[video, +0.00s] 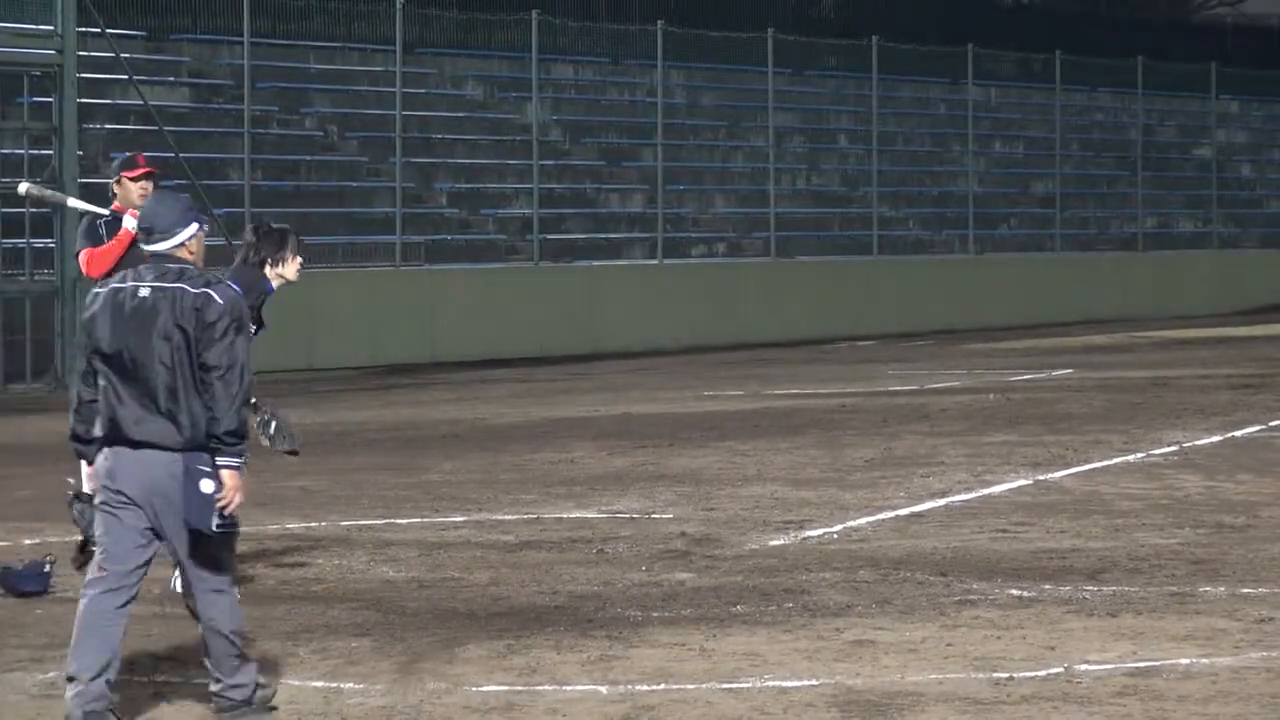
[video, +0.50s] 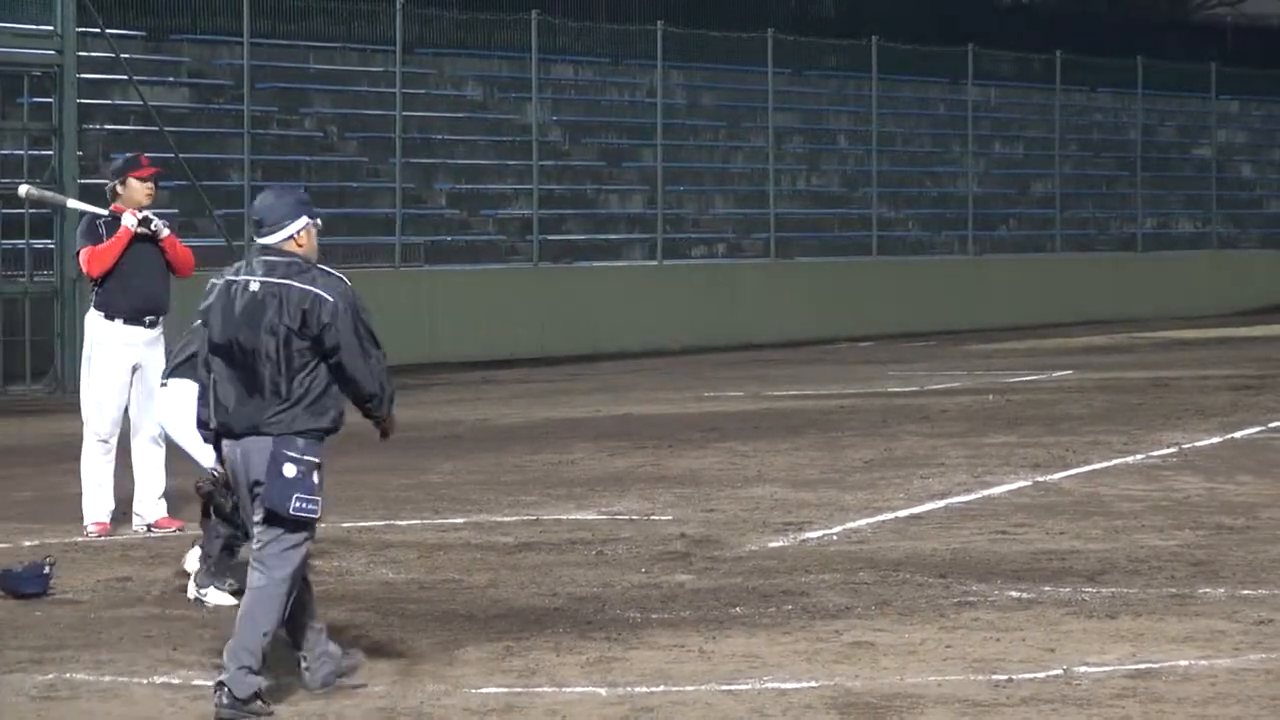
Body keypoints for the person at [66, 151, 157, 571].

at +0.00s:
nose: (147, 187)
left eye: (150, 180)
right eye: (137, 180)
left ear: (152, 185)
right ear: (115, 185)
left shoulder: (156, 228)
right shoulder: (97, 227)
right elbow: (92, 268)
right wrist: (129, 230)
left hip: (155, 353)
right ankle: (97, 534)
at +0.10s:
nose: (143, 186)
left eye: (147, 180)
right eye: (135, 180)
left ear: (153, 186)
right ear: (117, 186)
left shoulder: (158, 225)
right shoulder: (97, 224)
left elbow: (179, 272)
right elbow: (95, 268)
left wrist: (162, 239)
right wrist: (127, 233)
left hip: (152, 324)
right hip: (108, 325)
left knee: (148, 412)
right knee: (99, 414)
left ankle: (147, 506)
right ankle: (97, 512)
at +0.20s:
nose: (141, 187)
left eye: (146, 181)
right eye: (132, 181)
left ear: (153, 187)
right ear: (116, 186)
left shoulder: (161, 226)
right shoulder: (99, 223)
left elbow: (191, 265)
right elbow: (96, 267)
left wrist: (163, 237)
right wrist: (130, 229)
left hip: (156, 332)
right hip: (110, 333)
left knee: (153, 424)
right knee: (105, 427)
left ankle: (153, 513)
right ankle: (99, 516)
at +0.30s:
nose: (140, 188)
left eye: (146, 182)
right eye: (132, 182)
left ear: (152, 188)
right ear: (116, 187)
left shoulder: (160, 227)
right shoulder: (98, 225)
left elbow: (191, 268)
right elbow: (95, 269)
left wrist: (164, 238)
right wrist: (129, 231)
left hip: (155, 335)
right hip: (110, 334)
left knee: (153, 428)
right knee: (103, 429)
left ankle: (153, 514)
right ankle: (99, 518)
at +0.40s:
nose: (149, 186)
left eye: (152, 180)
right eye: (140, 180)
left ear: (155, 186)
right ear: (119, 185)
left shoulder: (158, 227)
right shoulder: (99, 223)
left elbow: (188, 266)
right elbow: (95, 267)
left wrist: (164, 235)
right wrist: (130, 230)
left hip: (154, 335)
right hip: (111, 333)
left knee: (153, 427)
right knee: (104, 428)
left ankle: (153, 511)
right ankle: (99, 516)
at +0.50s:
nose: (152, 186)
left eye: (153, 181)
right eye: (144, 181)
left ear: (149, 187)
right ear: (120, 185)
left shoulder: (156, 227)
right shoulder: (97, 224)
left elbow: (187, 266)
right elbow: (93, 267)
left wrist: (163, 234)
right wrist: (127, 229)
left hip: (152, 335)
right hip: (109, 334)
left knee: (150, 427)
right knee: (102, 429)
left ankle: (151, 511)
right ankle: (97, 516)